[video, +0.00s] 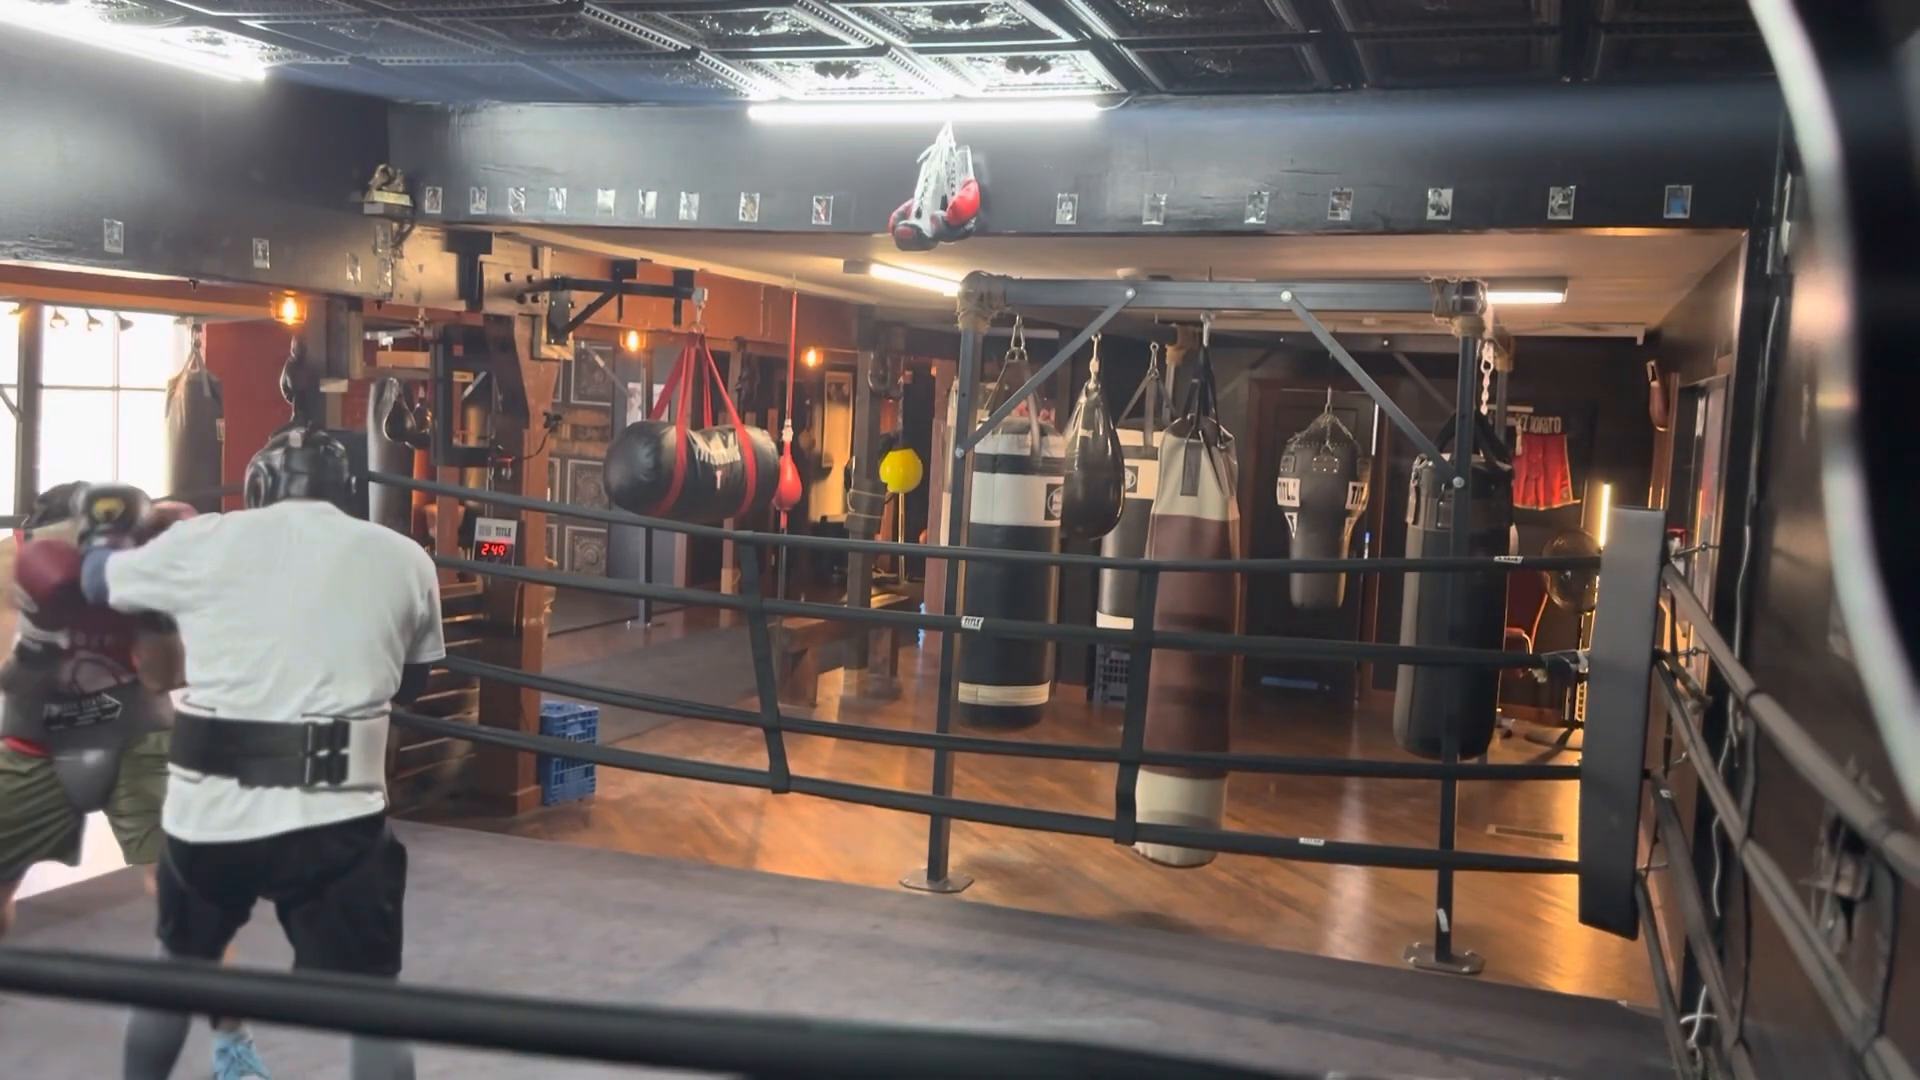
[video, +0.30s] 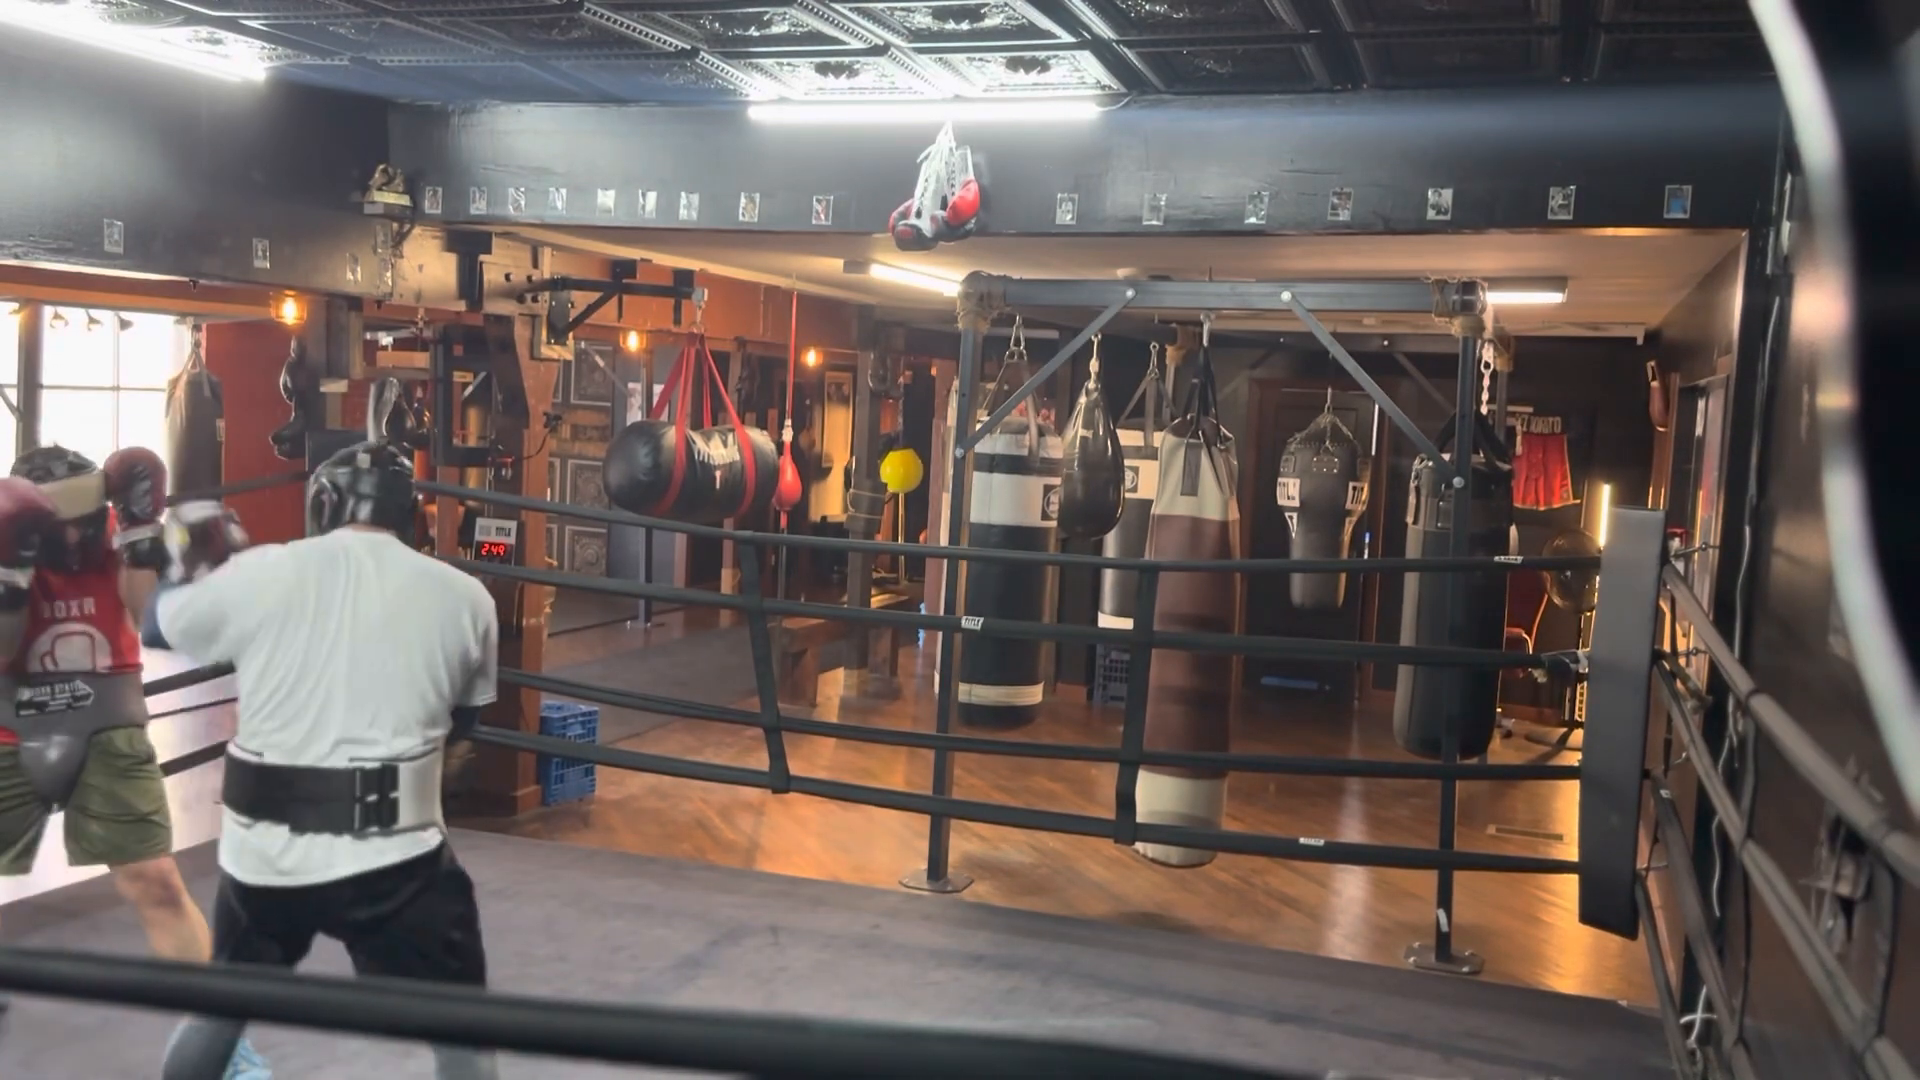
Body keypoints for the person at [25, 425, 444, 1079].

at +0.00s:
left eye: (254, 482)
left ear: (260, 486)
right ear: (348, 488)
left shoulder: (206, 542)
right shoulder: (403, 557)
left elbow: (98, 576)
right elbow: (413, 675)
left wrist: (121, 532)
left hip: (211, 824)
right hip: (339, 828)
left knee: (176, 976)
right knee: (375, 1011)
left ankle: (139, 1076)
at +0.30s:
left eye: (317, 499)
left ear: (325, 503)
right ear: (409, 512)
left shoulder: (262, 574)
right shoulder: (464, 597)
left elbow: (159, 623)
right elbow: (460, 725)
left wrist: (175, 562)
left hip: (265, 863)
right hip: (398, 865)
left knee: (222, 1007)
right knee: (463, 1034)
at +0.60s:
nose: (315, 491)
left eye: (320, 480)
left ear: (333, 483)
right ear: (418, 488)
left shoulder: (277, 560)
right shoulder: (481, 566)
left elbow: (186, 664)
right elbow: (501, 675)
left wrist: (220, 598)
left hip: (290, 837)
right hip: (418, 841)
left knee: (263, 991)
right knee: (442, 1033)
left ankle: (229, 1073)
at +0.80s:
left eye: (281, 485)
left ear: (285, 490)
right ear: (370, 491)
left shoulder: (237, 553)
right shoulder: (433, 556)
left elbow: (155, 564)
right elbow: (459, 683)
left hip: (261, 835)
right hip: (386, 832)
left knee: (241, 1001)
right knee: (424, 1026)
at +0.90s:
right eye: (369, 488)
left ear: (280, 486)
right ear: (363, 490)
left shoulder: (223, 554)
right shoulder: (402, 540)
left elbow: (149, 634)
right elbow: (434, 663)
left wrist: (100, 654)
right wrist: (362, 633)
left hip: (242, 814)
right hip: (363, 806)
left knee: (241, 990)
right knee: (431, 980)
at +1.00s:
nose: (382, 503)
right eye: (378, 493)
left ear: (291, 484)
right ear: (366, 489)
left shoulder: (222, 539)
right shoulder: (398, 531)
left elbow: (140, 618)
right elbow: (414, 651)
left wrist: (179, 690)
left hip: (236, 816)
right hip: (356, 809)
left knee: (241, 982)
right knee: (426, 972)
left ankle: (213, 1069)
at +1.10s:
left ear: (278, 489)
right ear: (364, 496)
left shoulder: (210, 546)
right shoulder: (405, 549)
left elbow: (125, 637)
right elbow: (426, 681)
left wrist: (218, 633)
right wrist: (351, 648)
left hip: (222, 824)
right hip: (348, 824)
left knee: (222, 1000)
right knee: (401, 1010)